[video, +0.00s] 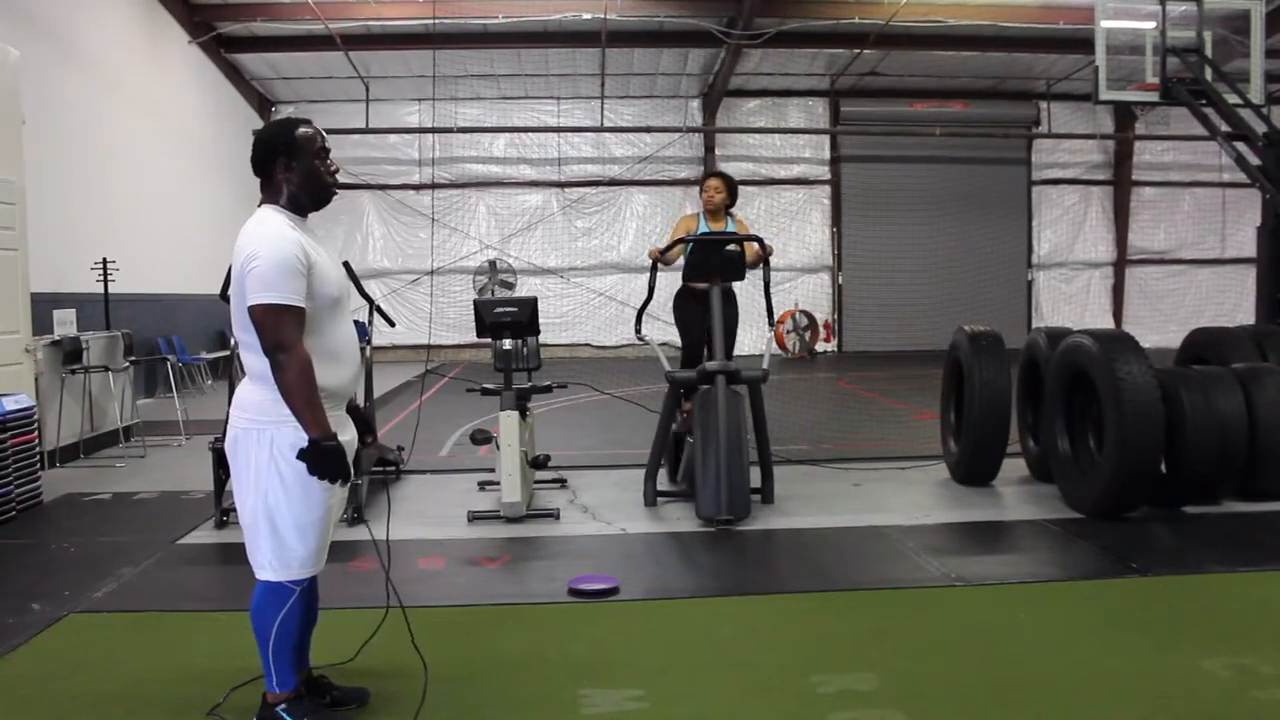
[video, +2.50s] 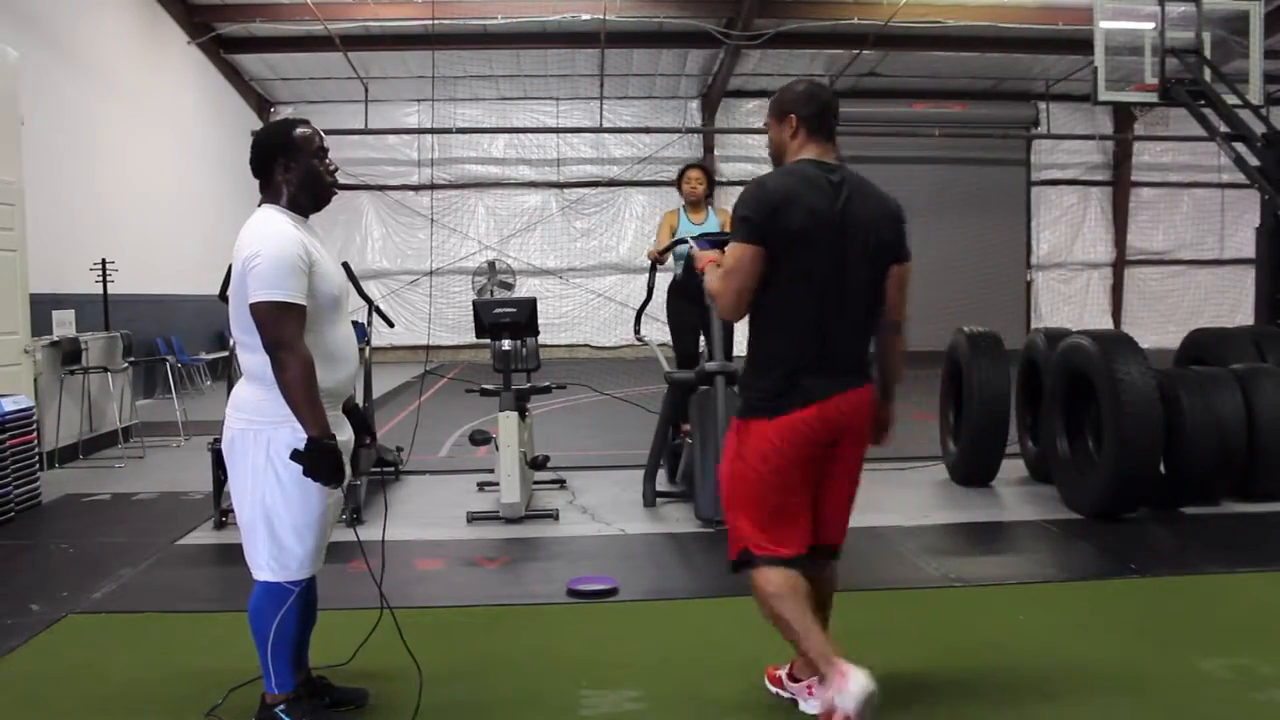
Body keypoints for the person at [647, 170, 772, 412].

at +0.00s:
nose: (709, 196)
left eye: (717, 192)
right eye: (705, 191)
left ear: (728, 198)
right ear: (701, 195)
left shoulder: (737, 225)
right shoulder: (688, 223)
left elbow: (748, 260)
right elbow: (672, 257)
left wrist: (760, 254)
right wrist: (660, 255)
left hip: (724, 297)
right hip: (691, 298)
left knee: (722, 356)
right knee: (693, 351)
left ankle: (721, 409)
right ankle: (687, 405)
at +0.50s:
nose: (683, 195)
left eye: (690, 190)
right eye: (679, 190)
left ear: (703, 195)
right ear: (675, 193)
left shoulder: (719, 222)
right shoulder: (669, 226)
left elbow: (739, 252)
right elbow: (663, 262)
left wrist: (757, 251)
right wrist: (656, 258)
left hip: (716, 298)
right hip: (683, 300)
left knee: (728, 360)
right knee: (686, 366)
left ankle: (728, 423)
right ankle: (684, 428)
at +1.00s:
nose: (712, 193)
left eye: (719, 189)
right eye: (708, 188)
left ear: (730, 197)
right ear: (703, 192)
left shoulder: (737, 225)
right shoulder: (690, 221)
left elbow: (748, 259)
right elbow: (670, 256)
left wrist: (760, 254)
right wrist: (659, 254)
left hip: (723, 297)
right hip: (691, 297)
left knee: (723, 356)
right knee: (690, 354)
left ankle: (720, 409)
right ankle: (683, 408)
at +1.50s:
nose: (684, 191)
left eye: (691, 187)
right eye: (681, 186)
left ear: (705, 193)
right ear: (677, 190)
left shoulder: (719, 220)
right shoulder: (668, 221)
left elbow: (740, 249)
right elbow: (664, 250)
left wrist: (758, 250)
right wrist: (657, 255)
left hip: (716, 296)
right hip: (683, 298)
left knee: (727, 358)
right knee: (686, 364)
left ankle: (728, 422)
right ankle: (683, 427)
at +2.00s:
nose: (707, 190)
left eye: (714, 186)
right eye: (704, 184)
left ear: (727, 193)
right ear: (699, 188)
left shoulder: (736, 221)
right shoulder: (687, 217)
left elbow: (752, 254)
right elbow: (671, 251)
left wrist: (738, 252)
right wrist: (660, 254)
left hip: (722, 292)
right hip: (689, 293)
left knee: (723, 355)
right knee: (689, 355)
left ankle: (722, 409)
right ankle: (682, 409)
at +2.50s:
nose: (693, 187)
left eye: (699, 182)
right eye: (688, 182)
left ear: (708, 188)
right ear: (680, 187)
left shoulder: (722, 217)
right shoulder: (672, 218)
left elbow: (731, 250)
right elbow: (662, 252)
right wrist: (657, 255)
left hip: (716, 293)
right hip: (683, 294)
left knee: (722, 360)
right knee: (686, 360)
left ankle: (721, 419)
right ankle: (682, 421)